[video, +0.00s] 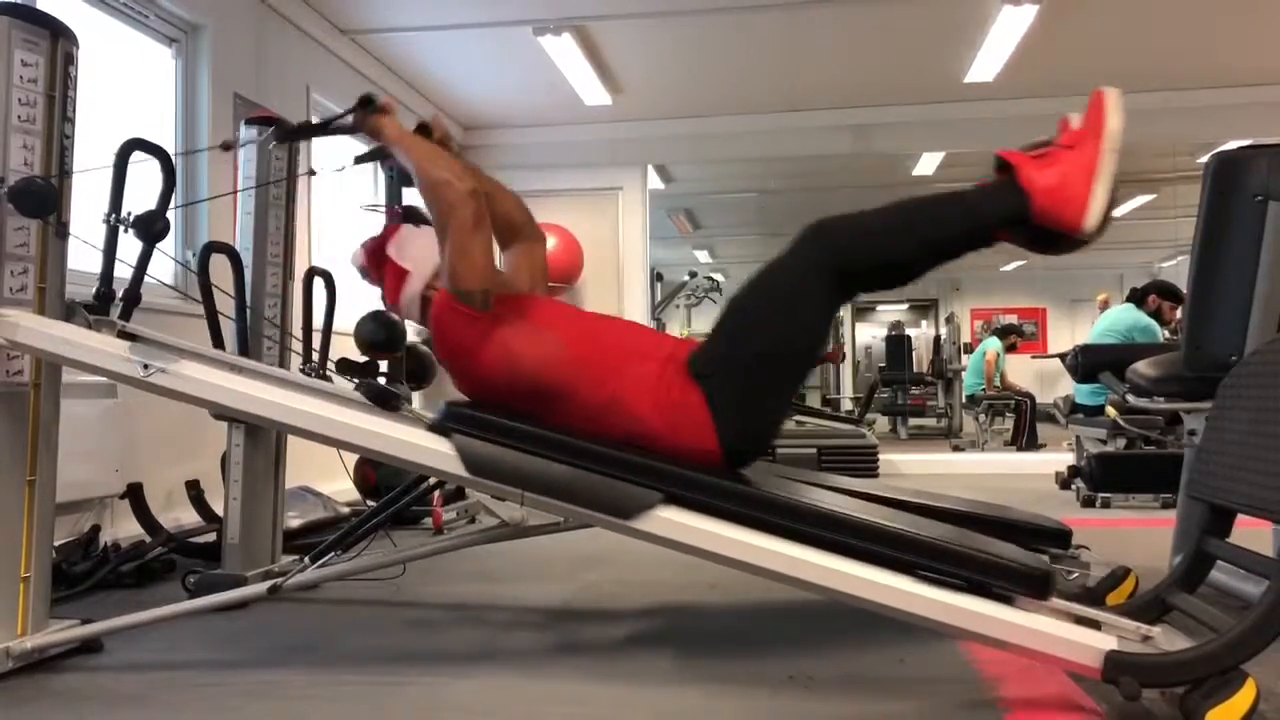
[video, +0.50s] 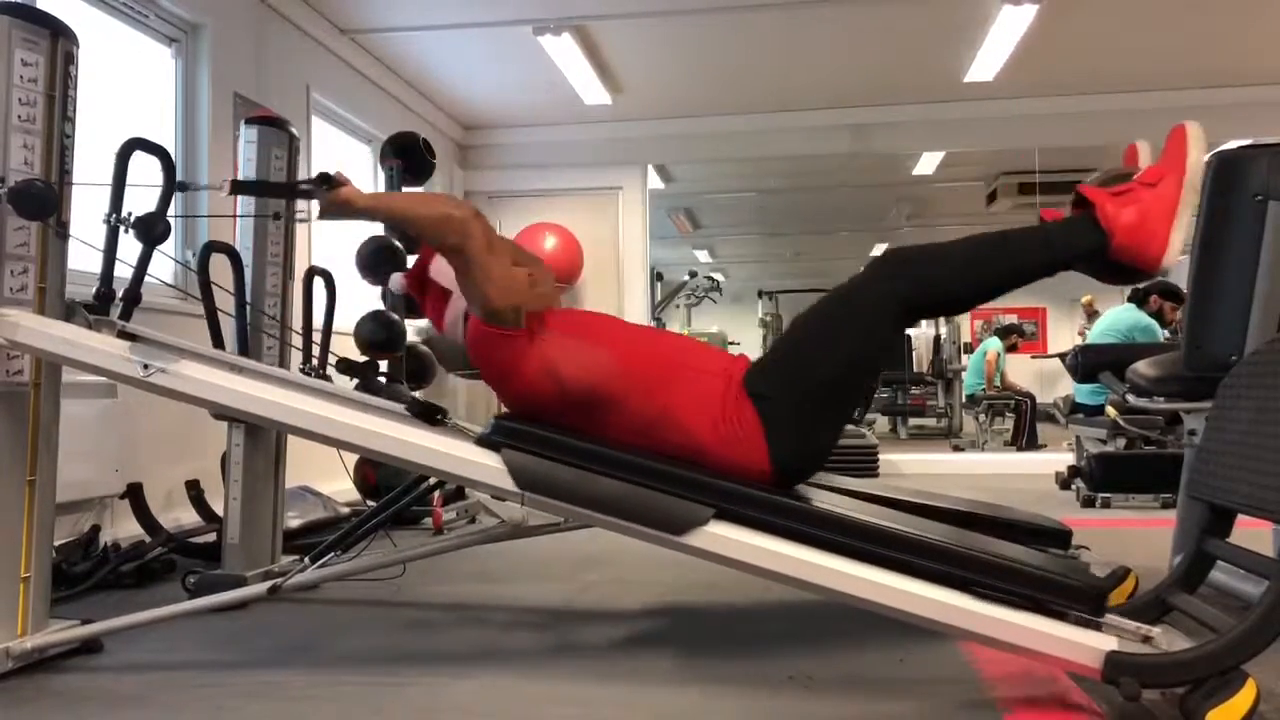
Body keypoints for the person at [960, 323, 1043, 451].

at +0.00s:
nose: (1017, 342)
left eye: (1018, 339)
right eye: (1017, 338)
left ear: (1009, 337)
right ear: (1011, 336)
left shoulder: (999, 349)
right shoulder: (994, 342)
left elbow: (1004, 383)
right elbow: (989, 361)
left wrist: (1019, 390)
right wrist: (989, 390)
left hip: (982, 393)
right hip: (976, 393)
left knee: (1026, 399)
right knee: (1027, 400)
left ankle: (1018, 442)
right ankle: (1027, 445)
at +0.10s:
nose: (1018, 342)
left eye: (1019, 339)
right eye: (1018, 338)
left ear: (1010, 337)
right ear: (1012, 336)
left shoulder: (999, 349)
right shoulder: (994, 342)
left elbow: (1004, 382)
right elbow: (989, 361)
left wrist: (1019, 390)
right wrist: (989, 389)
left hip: (982, 393)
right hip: (977, 393)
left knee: (1025, 400)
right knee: (1027, 400)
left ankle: (1018, 442)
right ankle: (1026, 444)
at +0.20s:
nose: (1018, 342)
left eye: (1019, 339)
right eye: (1018, 338)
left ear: (1010, 337)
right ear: (1012, 336)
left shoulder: (999, 349)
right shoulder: (995, 342)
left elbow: (1004, 382)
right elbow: (990, 360)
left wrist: (1020, 390)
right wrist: (989, 389)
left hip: (982, 393)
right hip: (977, 394)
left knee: (1026, 399)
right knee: (1027, 400)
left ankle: (1018, 442)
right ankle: (1026, 444)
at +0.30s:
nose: (1018, 342)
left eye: (1019, 339)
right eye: (1018, 338)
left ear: (1011, 337)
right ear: (1012, 336)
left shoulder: (999, 349)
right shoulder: (995, 342)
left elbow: (1004, 382)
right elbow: (990, 360)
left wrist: (1020, 390)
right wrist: (989, 389)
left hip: (982, 393)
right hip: (977, 394)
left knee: (1026, 399)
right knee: (1027, 400)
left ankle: (1018, 442)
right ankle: (1026, 444)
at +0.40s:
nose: (1018, 342)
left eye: (1019, 339)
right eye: (1018, 338)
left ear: (1010, 337)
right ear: (1013, 337)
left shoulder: (999, 349)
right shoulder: (995, 342)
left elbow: (1004, 382)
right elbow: (990, 361)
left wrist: (1020, 390)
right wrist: (989, 390)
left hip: (982, 393)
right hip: (976, 394)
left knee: (1026, 399)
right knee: (1027, 400)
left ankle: (1019, 442)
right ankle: (1027, 445)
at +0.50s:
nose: (1019, 342)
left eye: (1020, 339)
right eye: (1019, 338)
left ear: (1011, 337)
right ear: (1013, 337)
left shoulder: (999, 348)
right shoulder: (995, 343)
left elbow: (1004, 382)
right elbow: (990, 361)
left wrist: (1019, 389)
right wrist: (990, 389)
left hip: (982, 393)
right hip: (977, 393)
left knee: (1026, 399)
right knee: (1027, 400)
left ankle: (1018, 442)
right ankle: (1027, 444)